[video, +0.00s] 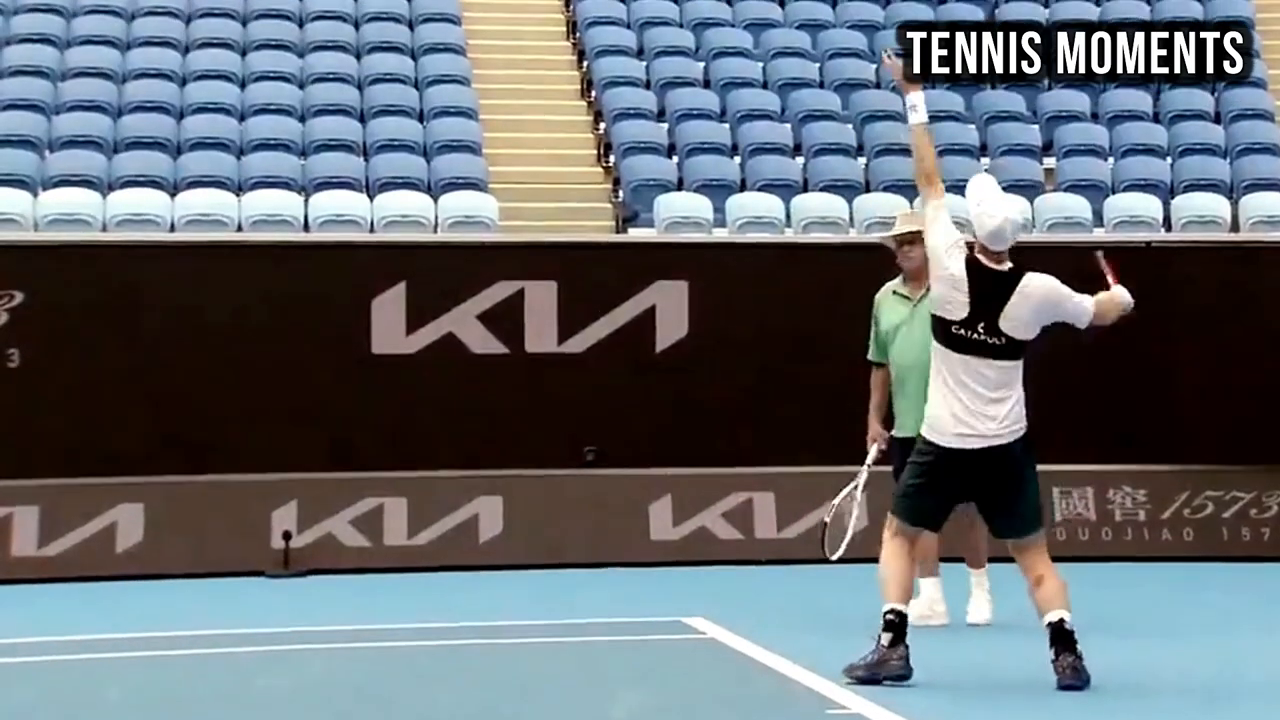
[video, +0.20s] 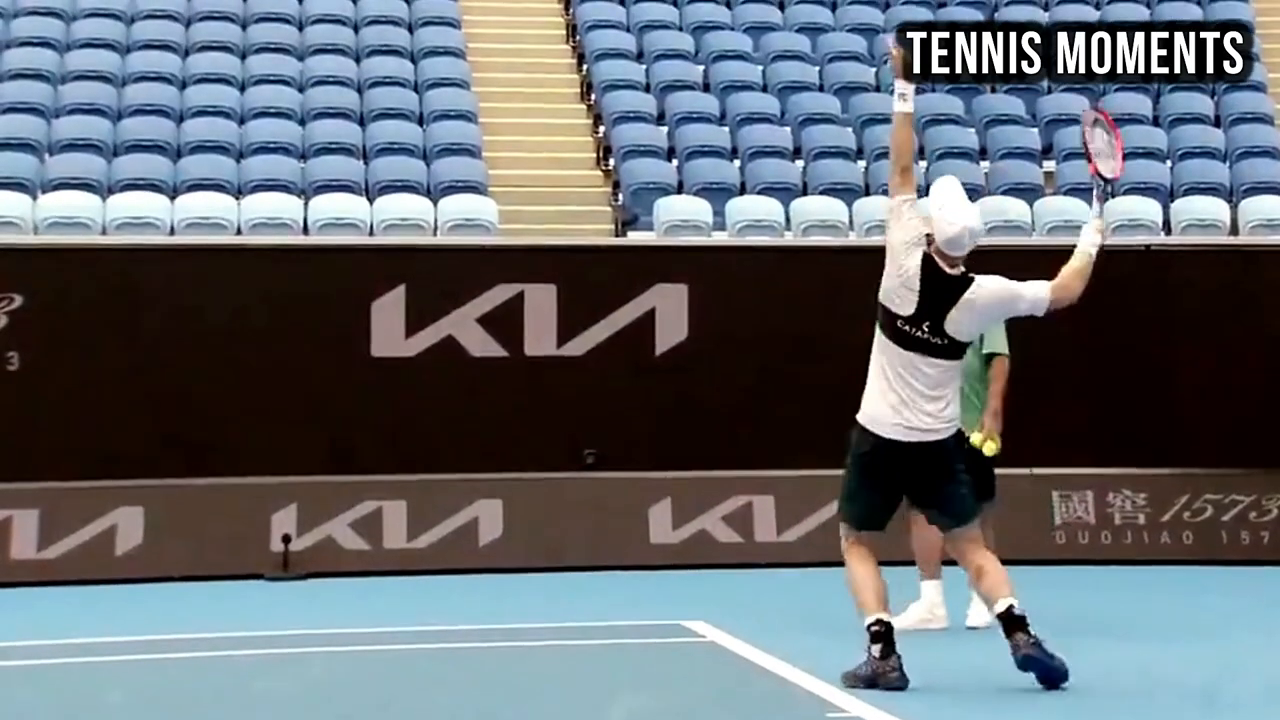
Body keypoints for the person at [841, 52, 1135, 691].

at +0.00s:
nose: (963, 222)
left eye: (967, 219)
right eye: (986, 218)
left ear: (971, 234)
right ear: (1015, 237)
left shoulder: (947, 266)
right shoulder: (1039, 291)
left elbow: (929, 181)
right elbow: (1103, 311)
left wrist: (912, 96)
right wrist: (1119, 291)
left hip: (943, 442)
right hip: (1006, 444)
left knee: (898, 534)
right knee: (1034, 556)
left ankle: (892, 647)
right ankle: (1066, 653)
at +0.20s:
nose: (930, 213)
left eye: (931, 213)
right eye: (947, 212)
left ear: (930, 234)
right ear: (972, 242)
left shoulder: (905, 253)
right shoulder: (986, 294)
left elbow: (901, 165)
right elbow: (1065, 292)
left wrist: (903, 88)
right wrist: (1093, 235)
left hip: (879, 436)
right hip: (940, 440)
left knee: (857, 540)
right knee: (972, 545)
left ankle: (882, 654)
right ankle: (1020, 636)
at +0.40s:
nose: (909, 221)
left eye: (907, 219)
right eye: (937, 229)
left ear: (898, 238)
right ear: (939, 249)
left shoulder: (868, 251)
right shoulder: (948, 298)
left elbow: (852, 170)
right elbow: (1028, 290)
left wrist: (843, 88)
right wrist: (1050, 221)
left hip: (836, 428)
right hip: (893, 436)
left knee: (830, 544)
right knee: (877, 534)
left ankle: (874, 640)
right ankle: (930, 604)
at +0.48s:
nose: (904, 222)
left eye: (897, 220)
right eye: (927, 227)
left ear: (888, 235)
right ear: (933, 249)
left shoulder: (853, 254)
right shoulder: (938, 298)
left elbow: (815, 186)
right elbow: (1017, 292)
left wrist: (779, 106)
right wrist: (1031, 222)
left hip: (824, 428)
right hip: (879, 435)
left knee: (817, 543)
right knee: (857, 536)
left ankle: (871, 641)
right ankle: (922, 611)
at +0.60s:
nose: (867, 206)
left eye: (871, 204)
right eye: (885, 207)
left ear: (868, 214)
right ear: (911, 227)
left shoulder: (829, 242)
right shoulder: (918, 274)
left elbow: (750, 257)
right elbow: (997, 272)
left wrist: (674, 242)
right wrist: (993, 229)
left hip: (810, 409)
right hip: (859, 417)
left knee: (810, 529)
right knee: (844, 522)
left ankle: (860, 639)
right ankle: (908, 609)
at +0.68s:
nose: (834, 173)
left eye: (837, 171)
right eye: (844, 172)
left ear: (835, 184)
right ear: (866, 192)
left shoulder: (804, 241)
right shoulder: (874, 226)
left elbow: (771, 318)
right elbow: (911, 189)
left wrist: (710, 332)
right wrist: (940, 180)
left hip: (811, 385)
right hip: (858, 382)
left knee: (817, 513)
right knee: (861, 494)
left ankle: (850, 634)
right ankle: (902, 599)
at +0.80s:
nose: (759, 165)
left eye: (767, 161)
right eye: (763, 158)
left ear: (787, 180)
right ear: (786, 179)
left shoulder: (801, 254)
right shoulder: (787, 203)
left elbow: (791, 335)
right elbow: (746, 123)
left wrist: (735, 315)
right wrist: (719, 53)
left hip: (840, 375)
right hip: (860, 362)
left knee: (814, 500)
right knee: (868, 479)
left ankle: (829, 625)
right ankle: (881, 601)